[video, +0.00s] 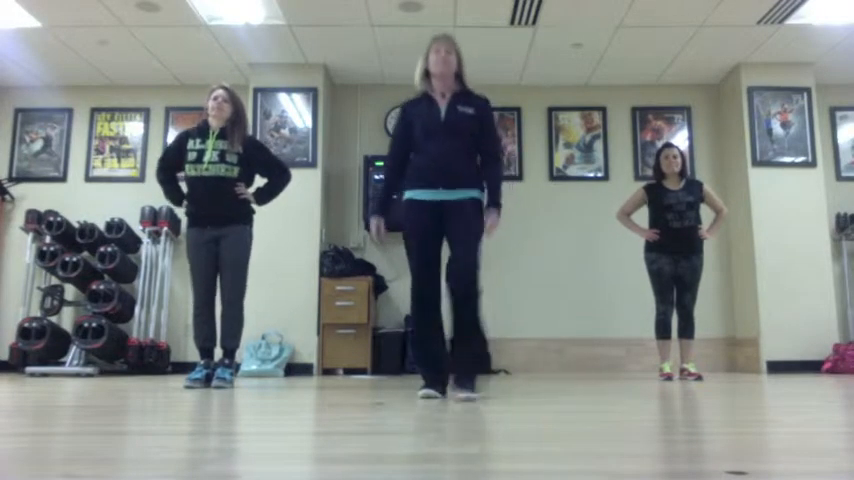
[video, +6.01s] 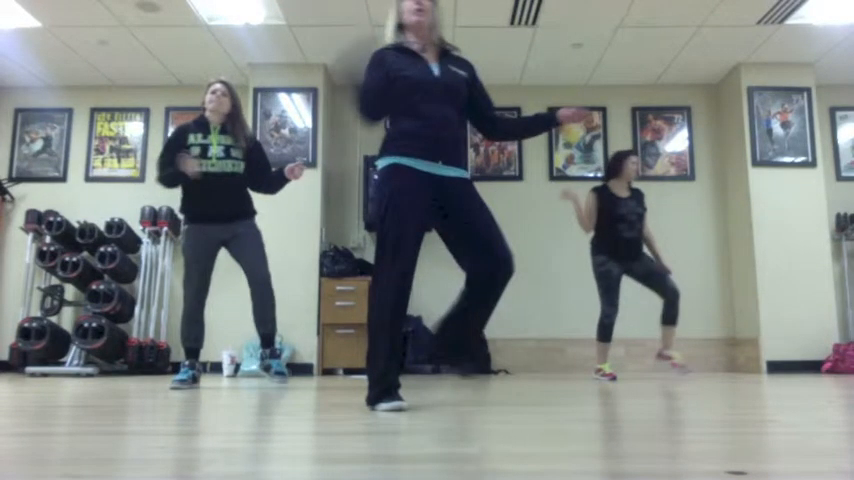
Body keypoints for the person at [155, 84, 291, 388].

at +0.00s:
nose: (217, 102)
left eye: (224, 100)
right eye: (214, 98)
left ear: (234, 110)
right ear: (206, 106)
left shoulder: (246, 144)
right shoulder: (189, 139)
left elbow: (282, 174)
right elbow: (164, 169)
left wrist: (258, 196)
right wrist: (180, 200)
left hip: (235, 227)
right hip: (199, 226)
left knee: (232, 295)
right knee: (202, 296)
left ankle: (227, 363)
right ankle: (205, 362)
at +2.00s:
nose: (213, 100)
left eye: (220, 97)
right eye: (209, 96)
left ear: (230, 107)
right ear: (202, 104)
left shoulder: (245, 142)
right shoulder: (187, 140)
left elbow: (280, 174)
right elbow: (159, 171)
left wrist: (256, 196)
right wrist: (175, 199)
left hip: (232, 227)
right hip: (196, 226)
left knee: (229, 295)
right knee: (200, 297)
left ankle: (227, 362)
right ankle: (205, 361)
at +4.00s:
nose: (202, 98)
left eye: (209, 95)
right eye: (199, 95)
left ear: (220, 104)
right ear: (192, 103)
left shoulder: (237, 138)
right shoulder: (178, 142)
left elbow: (251, 181)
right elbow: (170, 189)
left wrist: (266, 178)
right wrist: (150, 184)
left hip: (225, 227)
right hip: (187, 227)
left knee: (219, 295)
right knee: (186, 296)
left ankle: (217, 362)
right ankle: (187, 364)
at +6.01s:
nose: (215, 96)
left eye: (222, 94)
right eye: (211, 92)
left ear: (232, 105)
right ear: (203, 100)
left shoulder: (244, 139)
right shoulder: (184, 134)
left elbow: (262, 182)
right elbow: (164, 177)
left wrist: (284, 175)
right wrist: (180, 168)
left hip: (240, 225)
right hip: (200, 227)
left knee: (261, 281)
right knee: (194, 294)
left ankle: (269, 354)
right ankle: (190, 363)